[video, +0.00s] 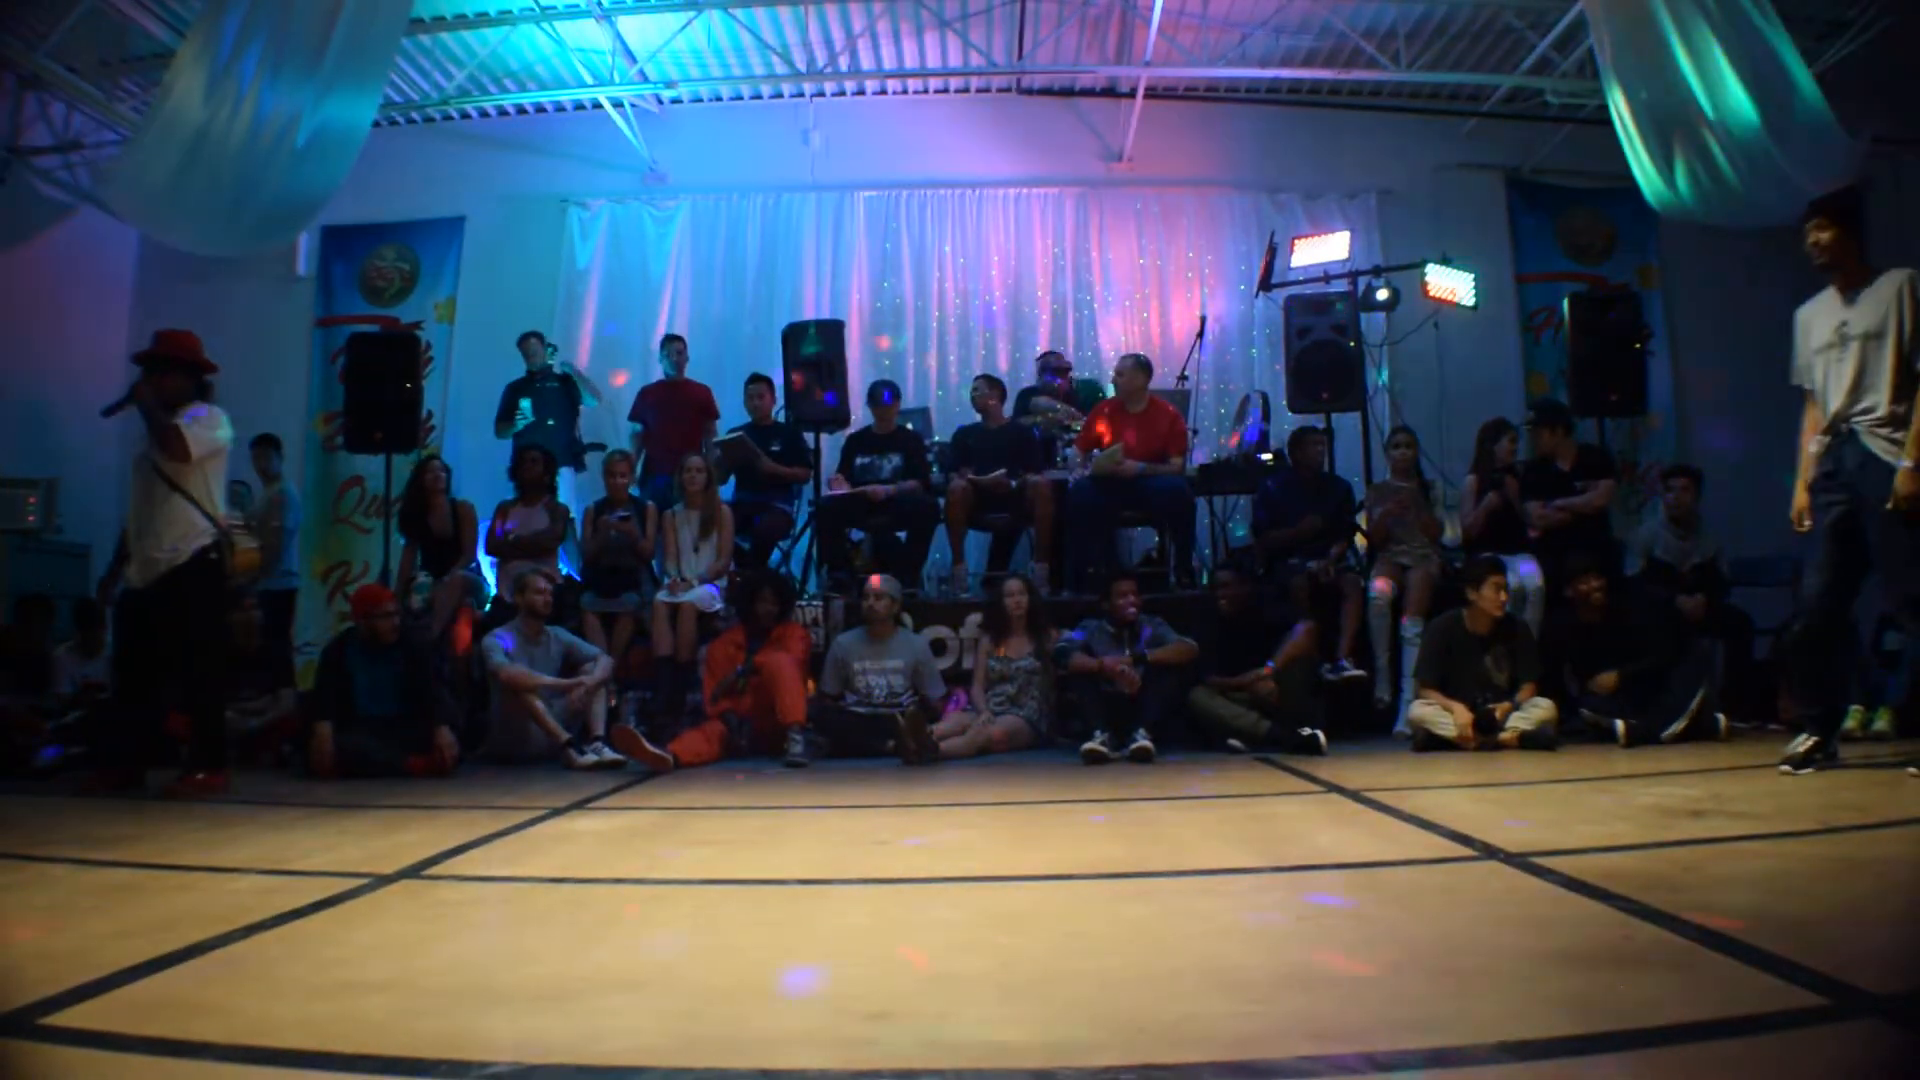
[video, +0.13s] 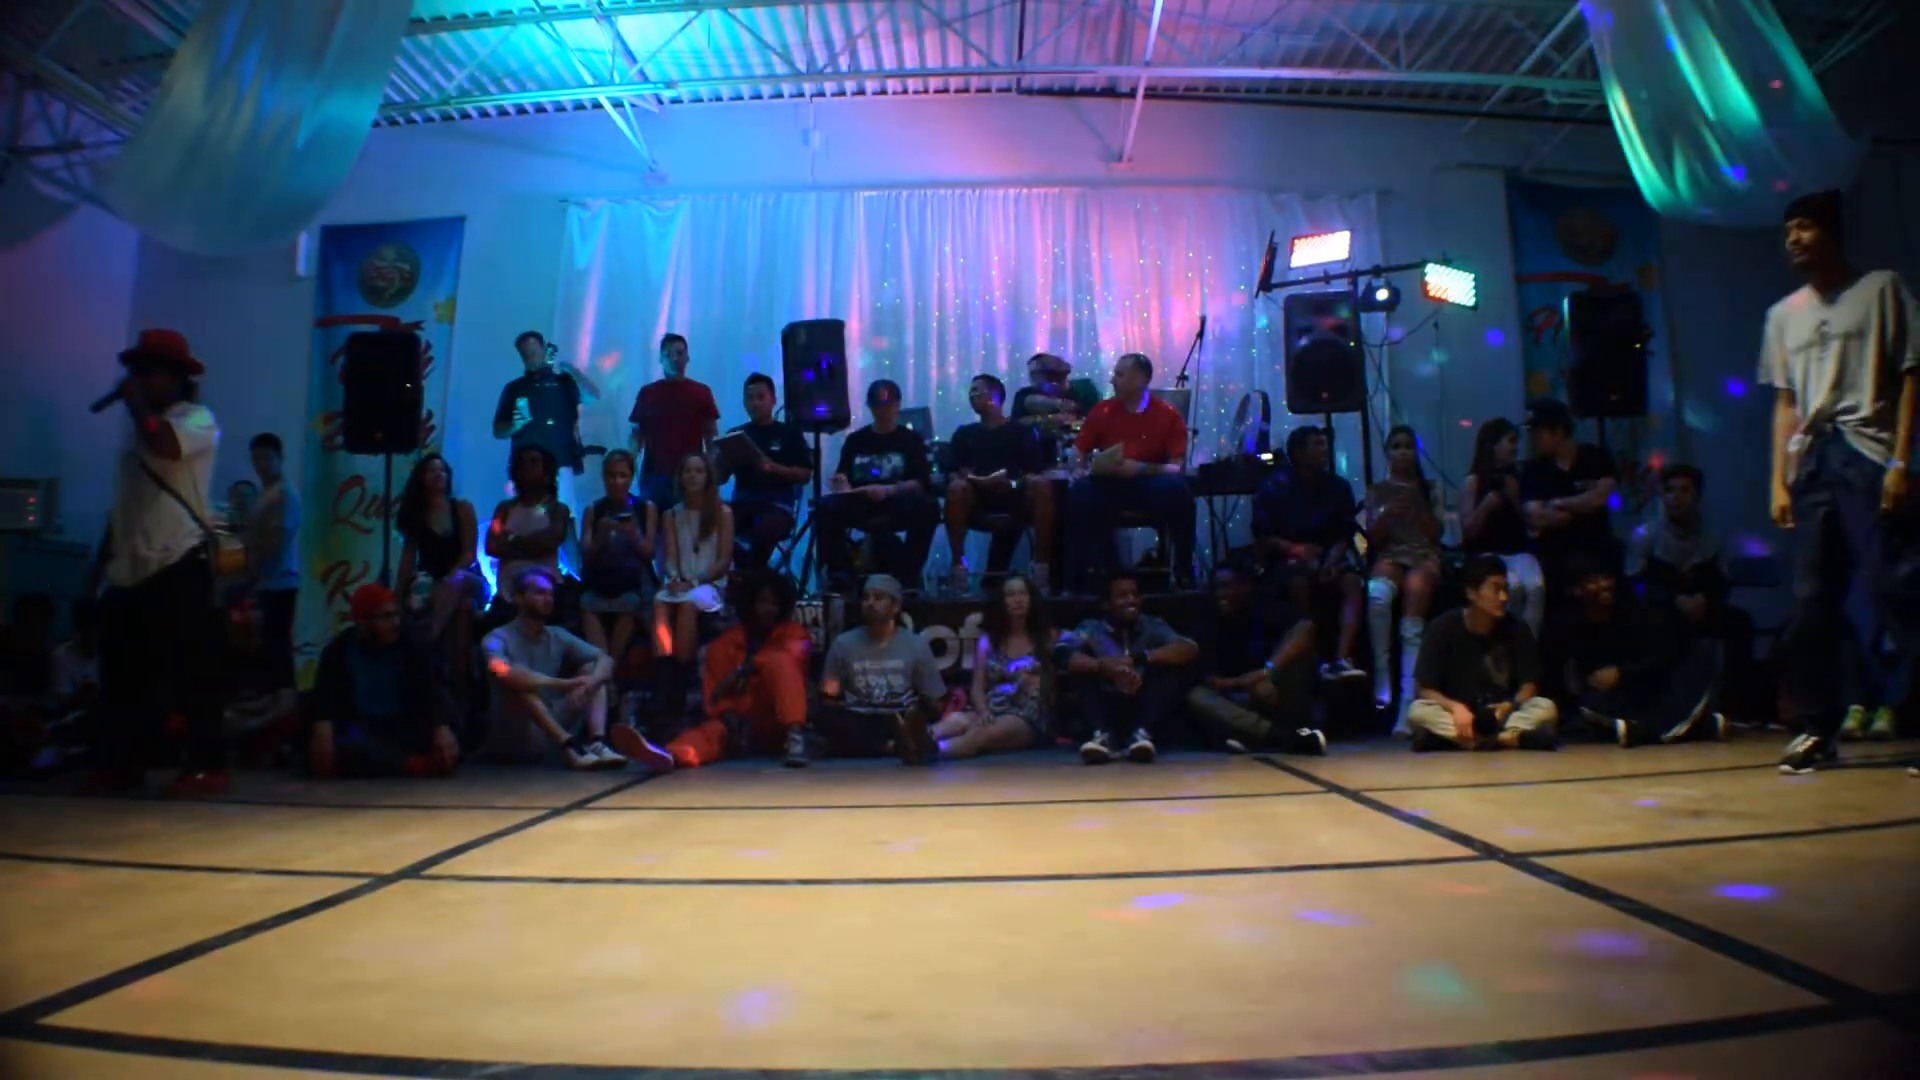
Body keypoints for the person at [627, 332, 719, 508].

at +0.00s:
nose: (674, 359)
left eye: (679, 353)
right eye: (668, 354)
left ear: (687, 358)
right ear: (661, 360)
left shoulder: (702, 392)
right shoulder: (647, 393)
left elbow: (710, 435)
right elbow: (637, 435)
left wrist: (711, 473)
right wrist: (631, 471)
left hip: (691, 476)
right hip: (655, 474)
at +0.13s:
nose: (674, 359)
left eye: (680, 353)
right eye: (668, 354)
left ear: (687, 358)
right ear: (661, 359)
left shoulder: (701, 392)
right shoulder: (648, 393)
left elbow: (711, 436)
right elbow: (637, 435)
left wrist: (712, 474)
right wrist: (627, 470)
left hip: (690, 477)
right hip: (655, 475)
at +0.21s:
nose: (675, 359)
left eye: (679, 353)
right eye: (669, 354)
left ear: (687, 357)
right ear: (661, 359)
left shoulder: (701, 392)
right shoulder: (648, 393)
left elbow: (712, 436)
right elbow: (635, 436)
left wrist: (714, 473)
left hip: (689, 477)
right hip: (654, 475)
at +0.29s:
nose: (674, 359)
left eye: (679, 353)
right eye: (668, 354)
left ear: (687, 358)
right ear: (660, 359)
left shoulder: (700, 391)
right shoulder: (648, 393)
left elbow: (711, 436)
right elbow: (631, 430)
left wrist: (714, 473)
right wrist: (632, 420)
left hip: (689, 474)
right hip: (654, 472)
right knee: (652, 534)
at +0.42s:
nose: (674, 359)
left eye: (678, 354)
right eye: (668, 355)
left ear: (686, 358)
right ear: (660, 360)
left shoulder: (701, 391)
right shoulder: (649, 392)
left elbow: (712, 437)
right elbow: (620, 424)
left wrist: (715, 475)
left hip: (690, 475)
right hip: (655, 473)